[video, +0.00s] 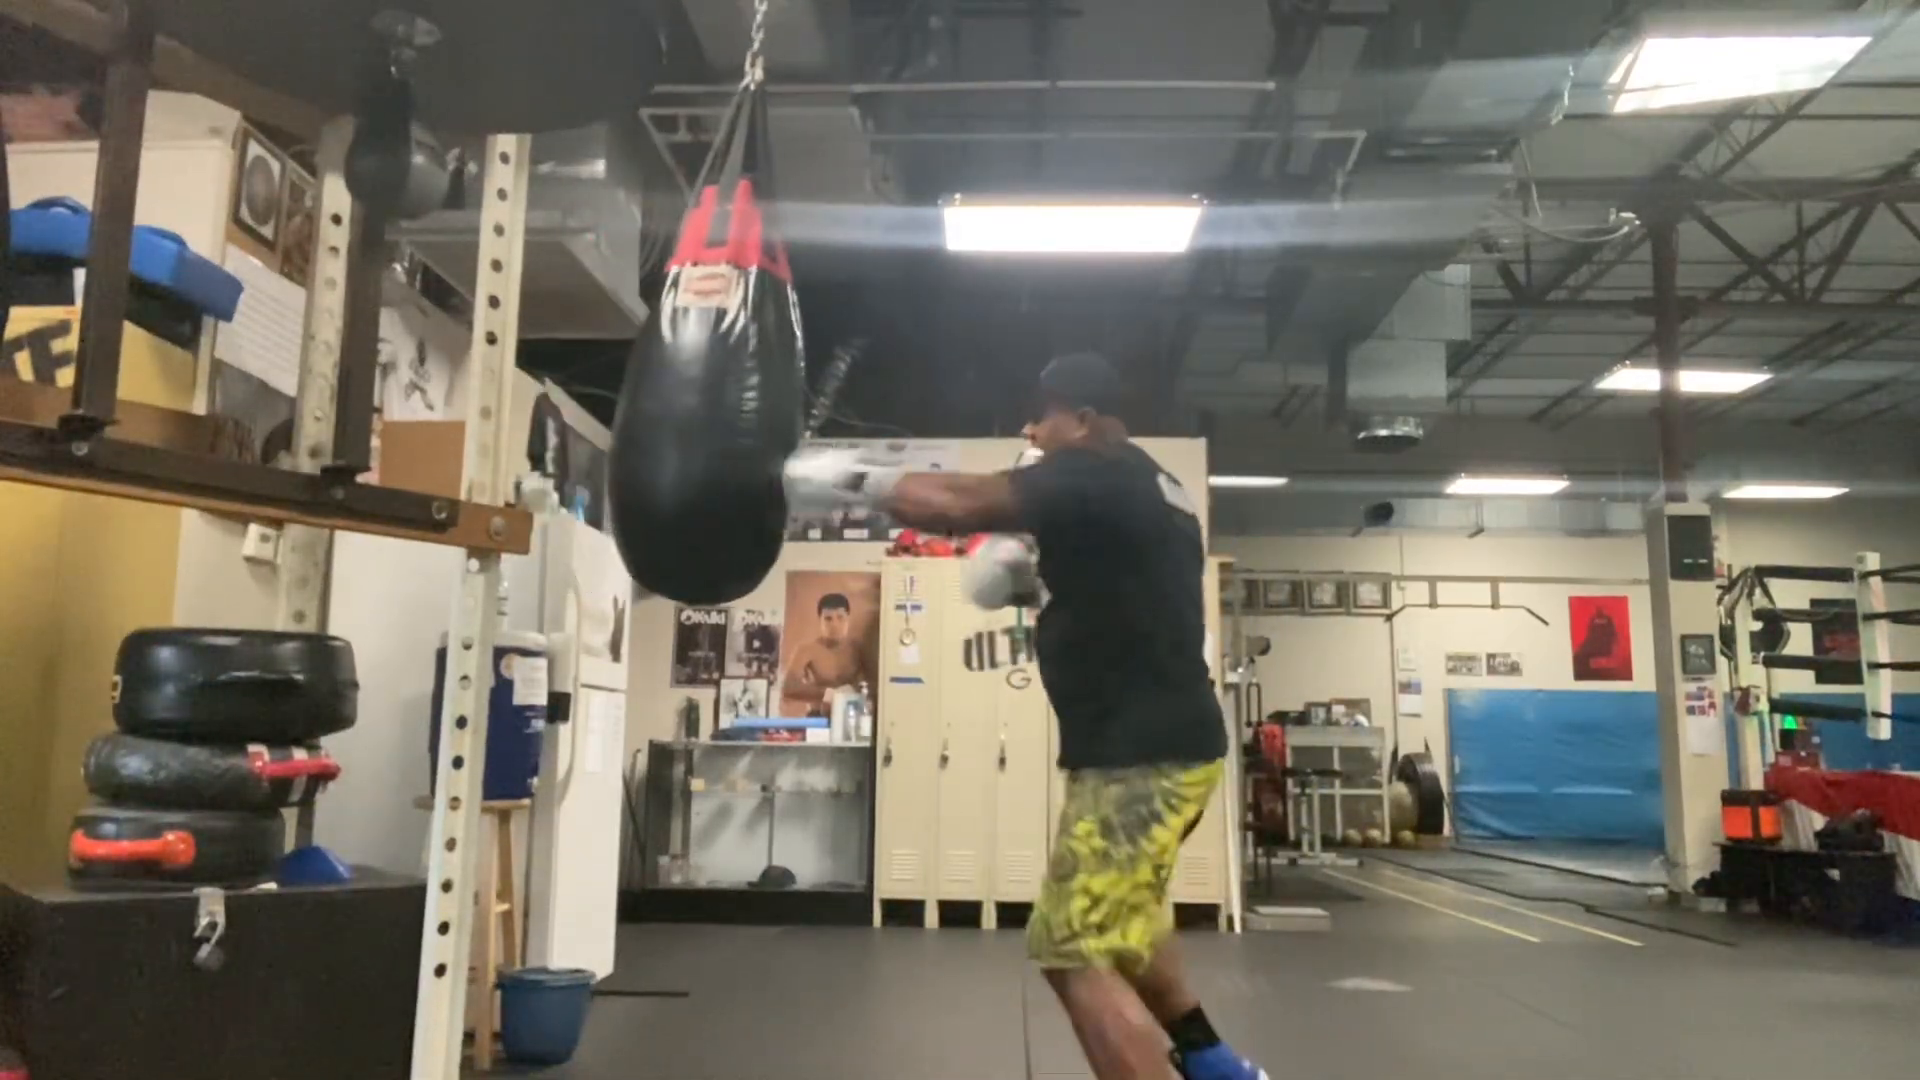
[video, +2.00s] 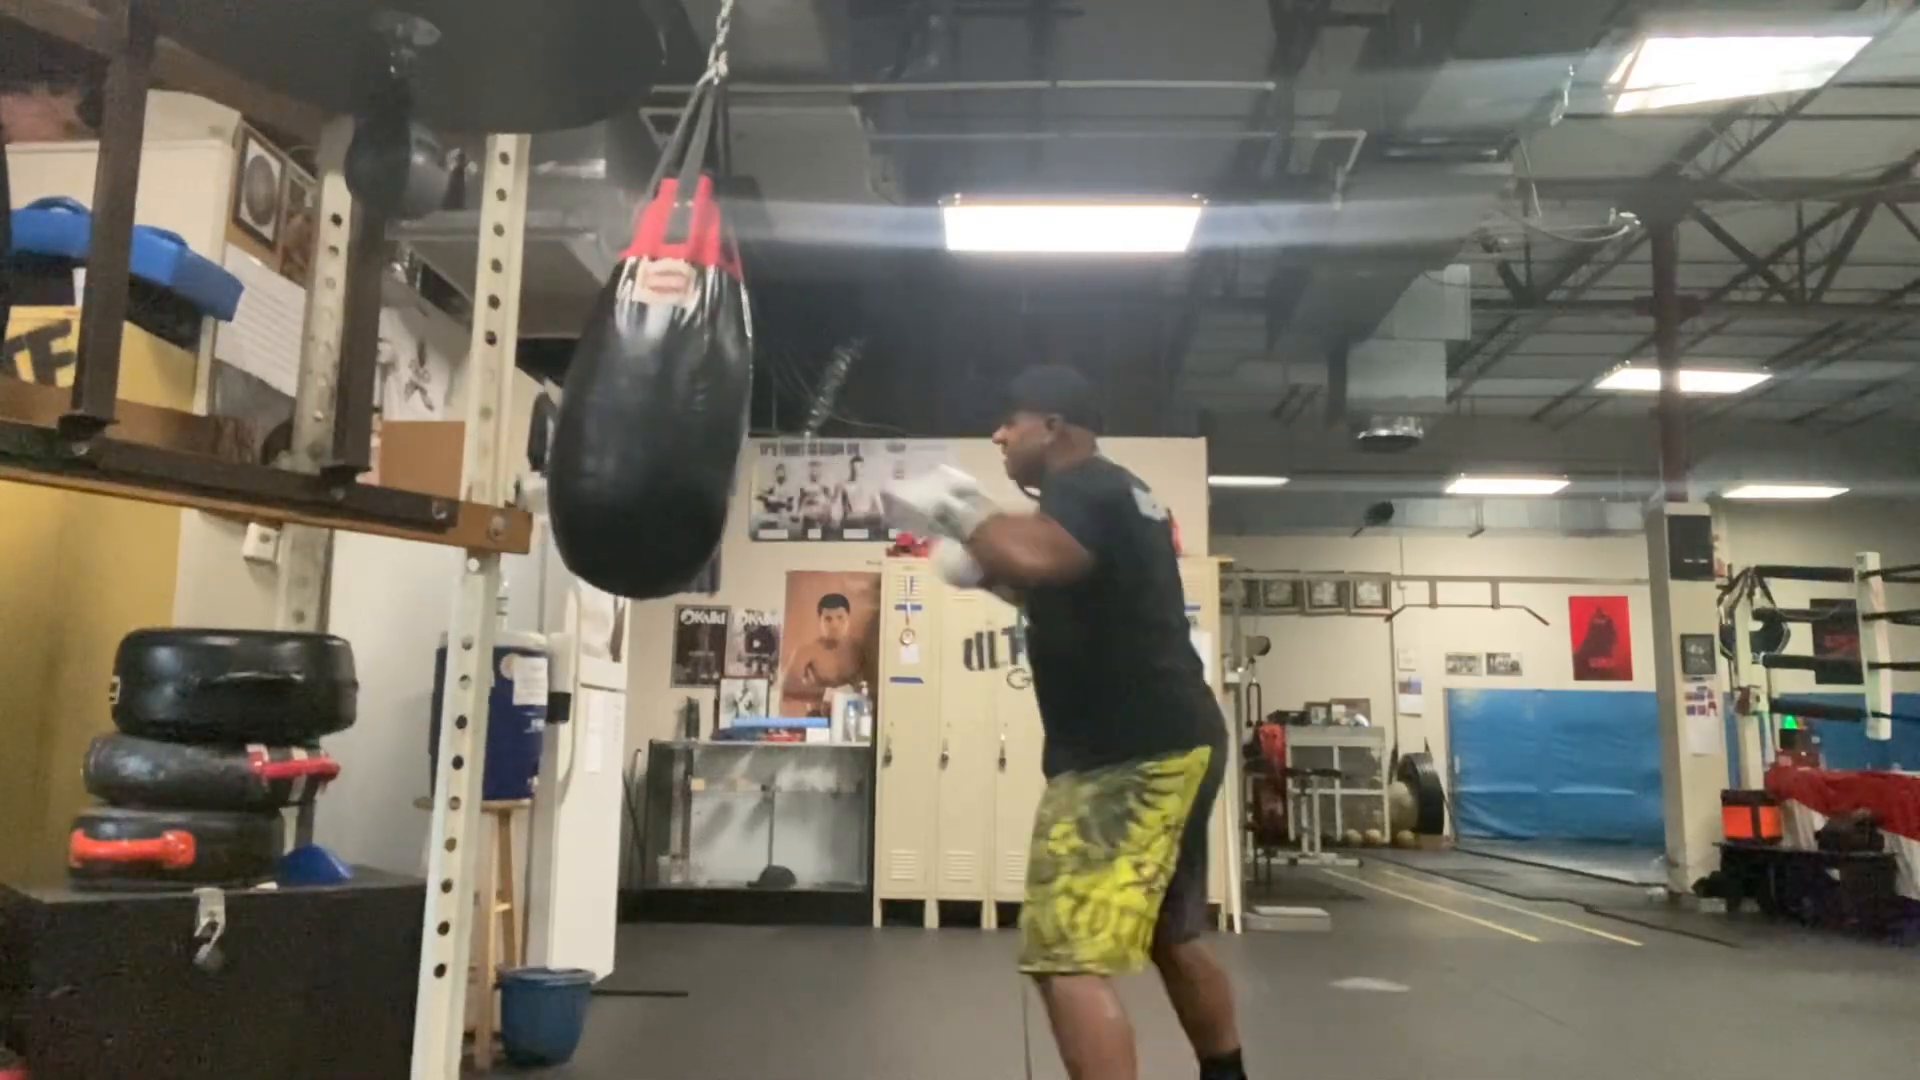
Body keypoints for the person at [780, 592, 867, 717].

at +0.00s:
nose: (834, 624)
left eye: (840, 617)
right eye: (828, 618)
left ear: (848, 619)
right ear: (819, 621)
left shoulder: (857, 651)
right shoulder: (806, 651)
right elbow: (789, 689)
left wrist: (816, 687)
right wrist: (826, 694)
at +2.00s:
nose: (834, 624)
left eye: (840, 618)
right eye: (828, 618)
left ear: (848, 620)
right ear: (819, 621)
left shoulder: (857, 651)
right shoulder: (806, 652)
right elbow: (788, 687)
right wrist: (824, 692)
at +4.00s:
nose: (834, 625)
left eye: (840, 618)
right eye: (828, 619)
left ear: (848, 620)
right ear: (819, 621)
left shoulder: (857, 651)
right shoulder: (808, 652)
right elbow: (790, 688)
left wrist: (816, 685)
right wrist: (828, 693)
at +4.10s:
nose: (834, 625)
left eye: (840, 618)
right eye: (828, 619)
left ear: (847, 620)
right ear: (820, 620)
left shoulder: (858, 651)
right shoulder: (807, 652)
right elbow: (790, 688)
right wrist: (828, 693)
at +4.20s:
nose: (834, 625)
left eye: (840, 618)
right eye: (828, 619)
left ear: (848, 620)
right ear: (819, 620)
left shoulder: (857, 651)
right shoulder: (808, 652)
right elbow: (789, 687)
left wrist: (817, 685)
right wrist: (826, 693)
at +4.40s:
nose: (834, 625)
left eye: (840, 618)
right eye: (828, 619)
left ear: (848, 619)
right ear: (819, 620)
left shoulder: (858, 652)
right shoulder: (807, 652)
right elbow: (789, 688)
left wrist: (816, 686)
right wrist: (827, 693)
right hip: (819, 717)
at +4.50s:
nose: (834, 625)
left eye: (840, 618)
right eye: (828, 619)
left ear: (848, 620)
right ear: (819, 621)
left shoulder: (857, 651)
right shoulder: (808, 652)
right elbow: (789, 688)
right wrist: (825, 693)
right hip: (820, 716)